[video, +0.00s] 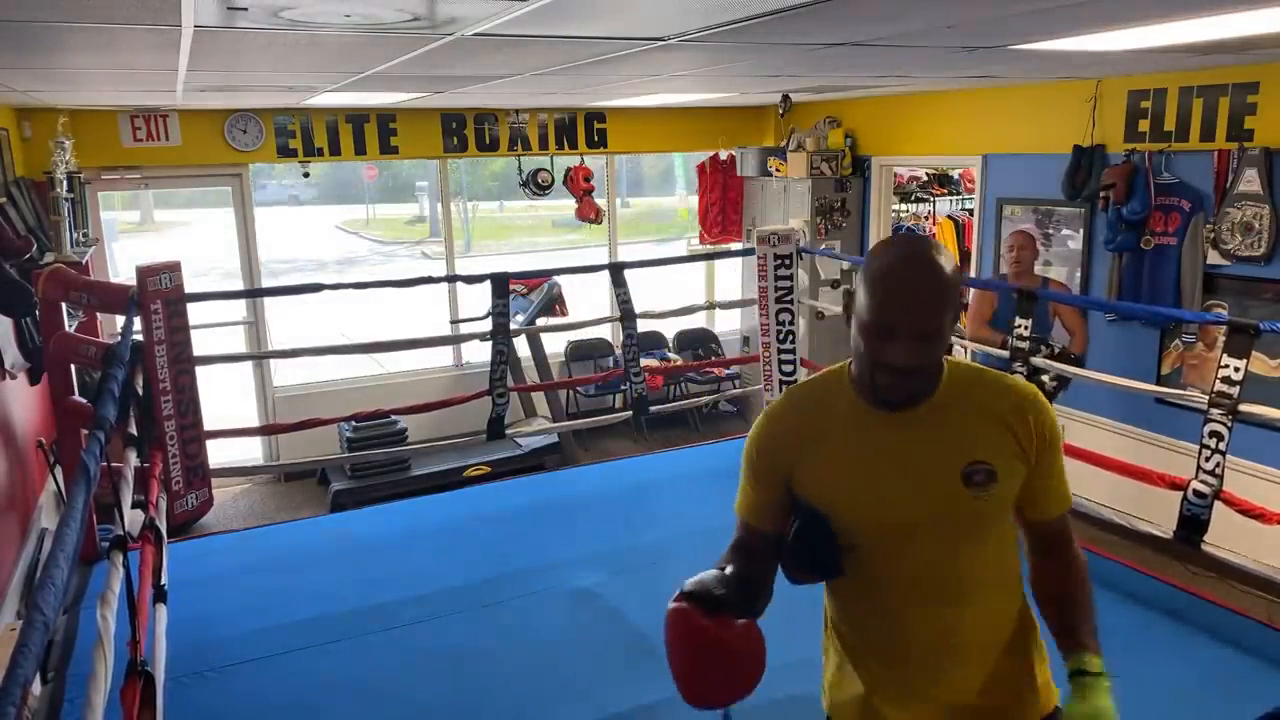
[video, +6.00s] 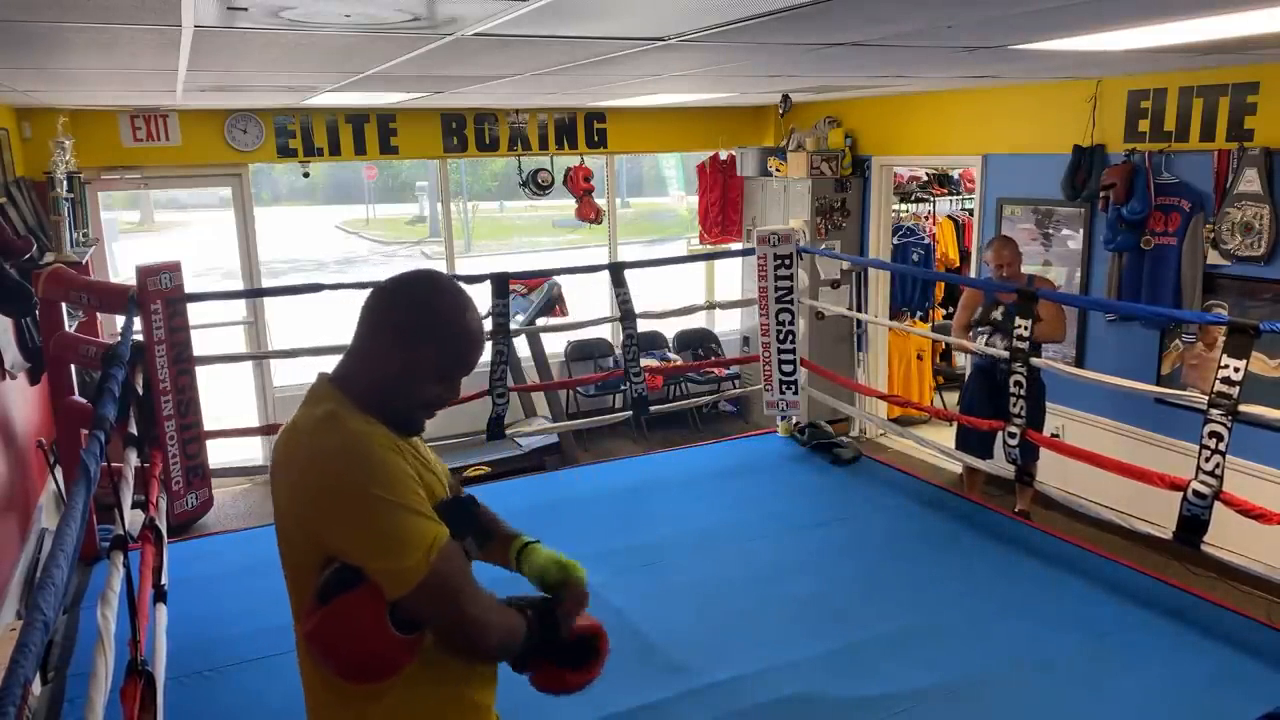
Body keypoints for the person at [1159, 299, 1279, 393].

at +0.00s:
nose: (1220, 326)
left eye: (1223, 321)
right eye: (1215, 320)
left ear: (1226, 327)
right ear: (1201, 325)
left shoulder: (1232, 350)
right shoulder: (1189, 349)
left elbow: (1271, 367)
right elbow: (1163, 369)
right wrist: (1179, 345)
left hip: (1218, 408)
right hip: (1188, 404)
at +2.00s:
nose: (1220, 327)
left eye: (1223, 323)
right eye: (1215, 322)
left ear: (1226, 327)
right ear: (1201, 325)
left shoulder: (1231, 350)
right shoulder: (1189, 348)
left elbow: (1270, 368)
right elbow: (1163, 370)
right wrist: (1178, 348)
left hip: (1218, 405)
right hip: (1189, 401)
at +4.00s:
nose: (1220, 327)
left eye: (1223, 323)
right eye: (1215, 322)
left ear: (1226, 327)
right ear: (1201, 325)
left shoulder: (1231, 349)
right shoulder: (1189, 348)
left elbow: (1270, 368)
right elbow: (1162, 369)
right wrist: (1181, 350)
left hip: (1218, 405)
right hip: (1189, 401)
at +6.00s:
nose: (1220, 327)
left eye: (1223, 323)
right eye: (1215, 322)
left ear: (1226, 327)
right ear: (1201, 325)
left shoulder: (1231, 349)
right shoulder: (1189, 349)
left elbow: (1270, 368)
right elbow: (1162, 369)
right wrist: (1179, 351)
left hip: (1218, 405)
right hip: (1189, 400)